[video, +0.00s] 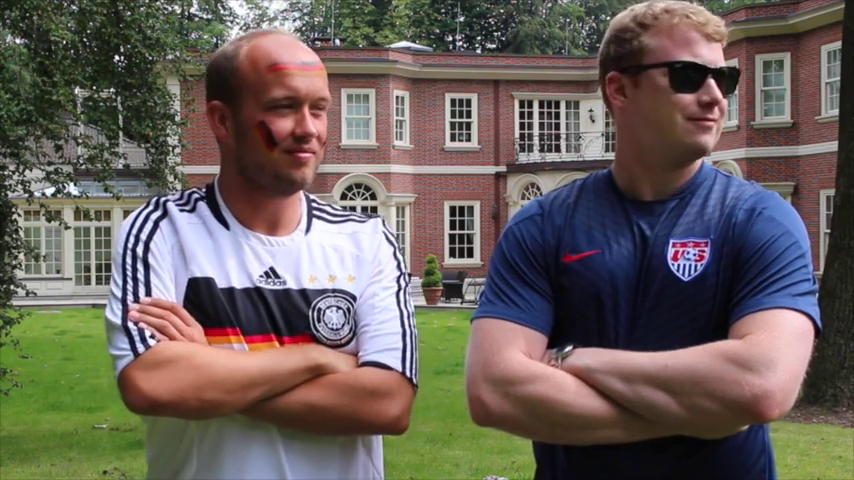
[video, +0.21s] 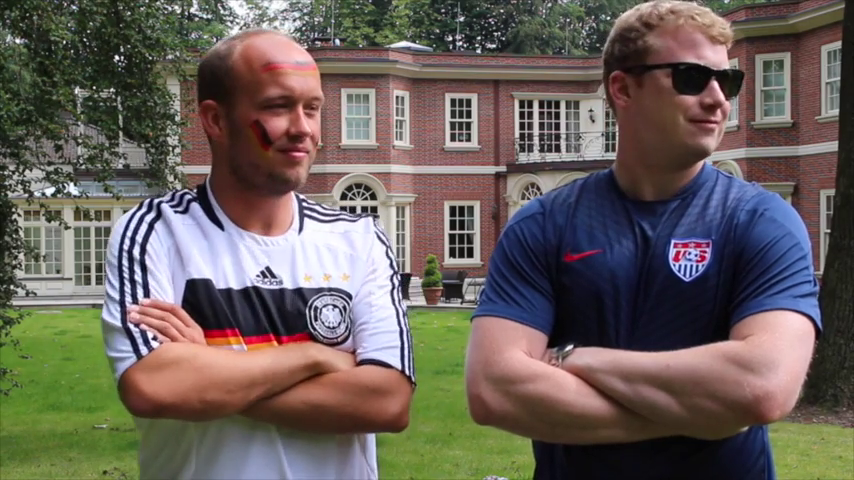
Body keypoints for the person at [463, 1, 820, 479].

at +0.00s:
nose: (714, 95)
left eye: (722, 79)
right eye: (687, 76)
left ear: (729, 90)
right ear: (618, 92)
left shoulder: (760, 220)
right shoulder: (539, 227)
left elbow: (762, 387)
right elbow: (492, 391)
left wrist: (569, 362)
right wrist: (685, 411)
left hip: (725, 473)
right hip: (575, 473)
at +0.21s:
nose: (717, 98)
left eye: (727, 81)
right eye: (691, 77)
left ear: (734, 91)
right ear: (622, 91)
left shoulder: (762, 221)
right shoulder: (540, 226)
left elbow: (763, 388)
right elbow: (492, 390)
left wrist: (571, 361)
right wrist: (686, 411)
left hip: (724, 473)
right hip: (575, 473)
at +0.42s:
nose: (716, 98)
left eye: (727, 81)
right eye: (690, 78)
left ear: (734, 92)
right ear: (621, 91)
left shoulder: (762, 221)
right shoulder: (540, 226)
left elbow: (762, 388)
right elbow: (491, 390)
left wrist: (571, 361)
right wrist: (683, 411)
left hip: (723, 473)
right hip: (574, 473)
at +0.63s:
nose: (711, 102)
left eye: (720, 84)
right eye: (684, 82)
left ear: (728, 92)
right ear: (618, 93)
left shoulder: (753, 211)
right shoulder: (542, 213)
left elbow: (789, 374)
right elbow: (497, 387)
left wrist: (592, 346)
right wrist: (653, 457)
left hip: (724, 472)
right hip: (578, 469)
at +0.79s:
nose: (679, 132)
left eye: (695, 108)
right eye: (653, 113)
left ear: (710, 105)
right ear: (601, 113)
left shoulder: (763, 214)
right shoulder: (542, 211)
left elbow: (823, 342)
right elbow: (492, 378)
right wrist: (600, 415)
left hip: (729, 470)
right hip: (592, 474)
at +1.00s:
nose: (661, 183)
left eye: (684, 161)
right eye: (638, 160)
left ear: (716, 148)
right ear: (611, 145)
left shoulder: (768, 259)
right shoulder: (552, 238)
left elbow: (804, 433)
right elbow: (503, 371)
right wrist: (546, 425)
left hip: (720, 466)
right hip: (587, 465)